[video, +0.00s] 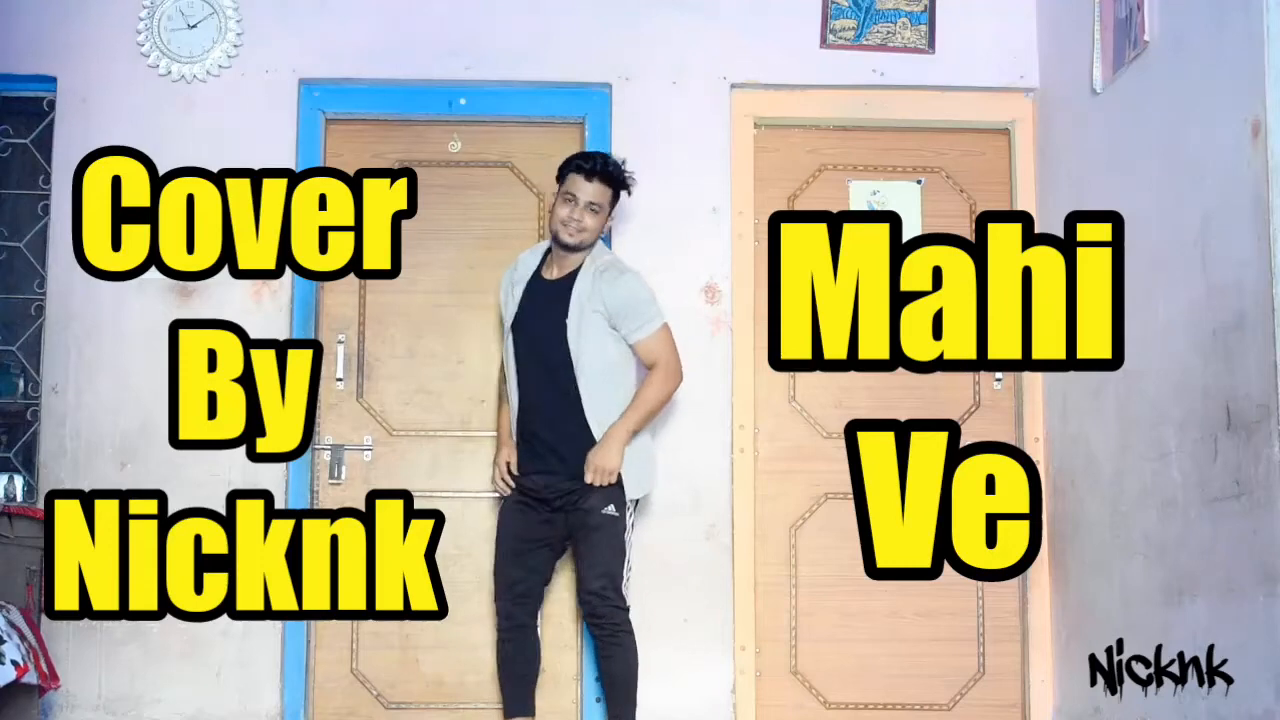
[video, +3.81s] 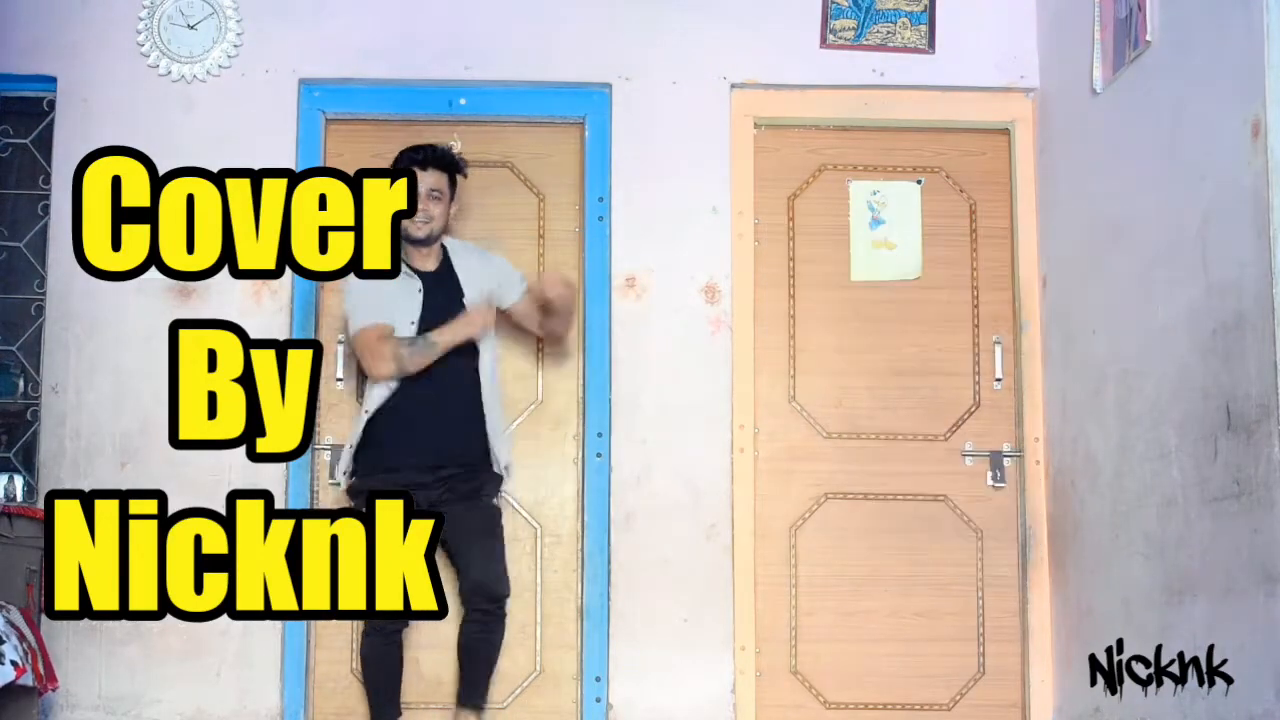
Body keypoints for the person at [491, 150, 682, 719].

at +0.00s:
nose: (575, 214)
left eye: (592, 208)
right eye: (568, 200)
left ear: (607, 220)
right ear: (551, 201)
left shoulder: (616, 283)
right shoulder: (521, 274)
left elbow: (667, 368)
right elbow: (512, 365)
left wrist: (615, 440)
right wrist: (506, 436)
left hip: (597, 486)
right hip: (530, 484)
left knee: (603, 610)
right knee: (513, 611)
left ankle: (622, 718)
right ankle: (518, 717)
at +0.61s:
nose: (538, 227)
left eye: (553, 215)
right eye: (528, 212)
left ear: (571, 219)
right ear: (511, 210)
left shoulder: (587, 283)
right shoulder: (462, 283)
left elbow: (604, 362)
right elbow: (427, 369)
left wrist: (603, 430)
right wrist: (446, 449)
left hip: (571, 486)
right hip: (491, 489)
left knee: (593, 613)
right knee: (467, 618)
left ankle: (618, 718)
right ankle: (439, 718)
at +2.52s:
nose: (539, 217)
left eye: (552, 203)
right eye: (527, 204)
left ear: (573, 203)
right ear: (512, 205)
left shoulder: (604, 264)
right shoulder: (499, 279)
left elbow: (647, 349)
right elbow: (486, 372)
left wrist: (597, 420)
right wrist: (479, 436)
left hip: (577, 468)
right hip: (509, 471)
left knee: (574, 607)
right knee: (486, 597)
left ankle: (583, 716)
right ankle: (504, 714)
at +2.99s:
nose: (472, 215)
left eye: (488, 205)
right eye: (464, 201)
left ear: (506, 212)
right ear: (450, 203)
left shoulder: (540, 264)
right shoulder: (418, 297)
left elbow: (586, 343)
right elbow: (409, 396)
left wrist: (580, 417)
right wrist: (425, 460)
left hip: (545, 469)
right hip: (464, 481)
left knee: (562, 611)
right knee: (432, 615)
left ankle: (580, 719)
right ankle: (413, 718)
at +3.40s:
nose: (433, 203)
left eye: (447, 194)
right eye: (423, 192)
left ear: (467, 206)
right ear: (410, 202)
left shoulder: (488, 271)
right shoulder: (377, 275)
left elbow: (516, 353)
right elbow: (335, 362)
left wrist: (520, 423)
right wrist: (367, 448)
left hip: (486, 474)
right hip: (409, 478)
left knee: (517, 595)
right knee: (405, 613)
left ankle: (501, 714)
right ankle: (404, 718)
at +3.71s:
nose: (427, 201)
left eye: (439, 191)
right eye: (416, 190)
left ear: (458, 201)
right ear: (398, 199)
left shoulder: (485, 271)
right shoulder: (372, 274)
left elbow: (559, 320)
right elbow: (360, 349)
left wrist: (601, 380)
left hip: (473, 472)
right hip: (395, 476)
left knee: (476, 611)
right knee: (393, 613)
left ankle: (473, 718)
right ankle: (387, 717)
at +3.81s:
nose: (424, 206)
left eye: (436, 195)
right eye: (414, 194)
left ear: (453, 204)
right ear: (394, 201)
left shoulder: (481, 267)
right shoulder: (369, 276)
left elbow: (549, 333)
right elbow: (380, 363)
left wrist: (559, 305)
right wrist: (456, 331)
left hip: (466, 474)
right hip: (388, 478)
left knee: (488, 594)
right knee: (383, 611)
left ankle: (470, 711)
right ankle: (384, 717)